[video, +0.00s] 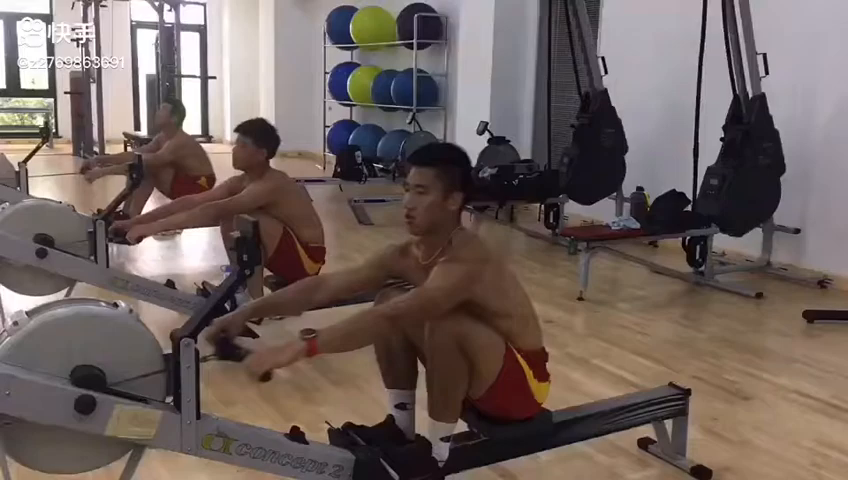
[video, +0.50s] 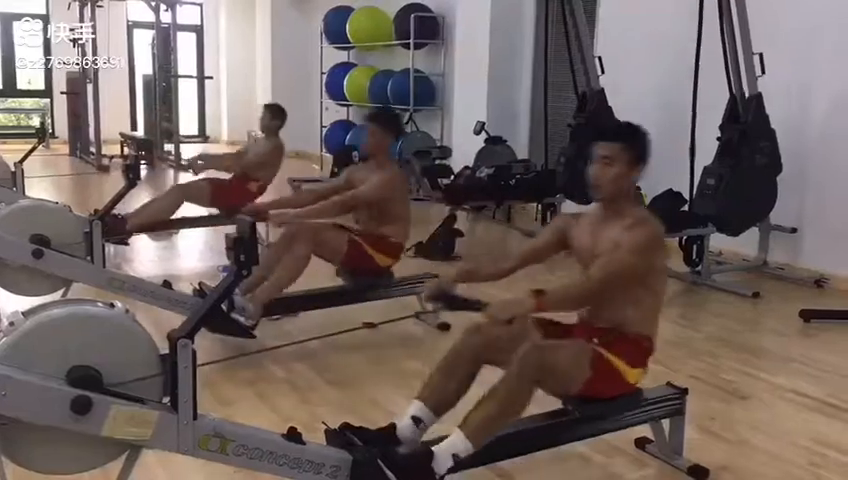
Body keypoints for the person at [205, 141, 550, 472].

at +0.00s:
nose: (407, 203)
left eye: (420, 193)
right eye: (406, 191)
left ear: (454, 201)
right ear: (404, 193)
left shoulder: (468, 260)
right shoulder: (405, 254)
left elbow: (394, 316)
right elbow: (322, 287)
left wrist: (302, 346)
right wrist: (246, 313)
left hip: (518, 391)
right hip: (471, 380)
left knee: (446, 326)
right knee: (390, 302)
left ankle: (439, 448)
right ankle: (401, 430)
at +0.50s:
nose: (598, 171)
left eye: (611, 163)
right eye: (595, 161)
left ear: (636, 172)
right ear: (587, 166)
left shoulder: (644, 232)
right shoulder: (575, 222)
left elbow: (590, 288)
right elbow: (510, 263)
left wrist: (530, 302)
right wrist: (456, 274)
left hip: (620, 357)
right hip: (580, 337)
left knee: (531, 359)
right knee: (479, 337)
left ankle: (438, 462)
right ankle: (402, 435)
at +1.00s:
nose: (684, 196)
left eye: (696, 190)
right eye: (683, 188)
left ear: (720, 200)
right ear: (679, 193)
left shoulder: (728, 257)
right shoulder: (657, 239)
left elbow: (745, 332)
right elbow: (627, 292)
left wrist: (722, 287)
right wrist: (618, 280)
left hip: (638, 350)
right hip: (598, 329)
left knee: (543, 387)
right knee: (507, 365)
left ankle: (432, 461)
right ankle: (396, 436)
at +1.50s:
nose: (643, 175)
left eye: (656, 167)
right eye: (641, 165)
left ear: (682, 176)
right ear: (638, 170)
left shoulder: (689, 233)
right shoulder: (622, 227)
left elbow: (699, 315)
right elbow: (579, 278)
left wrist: (643, 308)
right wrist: (544, 292)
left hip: (637, 344)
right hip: (592, 330)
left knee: (548, 386)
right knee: (506, 368)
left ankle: (433, 461)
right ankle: (396, 431)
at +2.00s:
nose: (617, 170)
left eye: (630, 162)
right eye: (615, 159)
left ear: (657, 170)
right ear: (609, 162)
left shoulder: (670, 226)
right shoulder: (601, 220)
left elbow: (634, 305)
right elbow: (541, 264)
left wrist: (566, 329)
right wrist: (491, 295)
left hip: (645, 342)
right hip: (601, 326)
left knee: (551, 391)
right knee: (510, 370)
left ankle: (442, 457)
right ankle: (401, 427)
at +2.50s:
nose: (597, 166)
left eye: (610, 157)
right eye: (596, 154)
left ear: (640, 164)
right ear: (594, 154)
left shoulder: (656, 222)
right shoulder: (587, 214)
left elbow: (612, 290)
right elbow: (521, 256)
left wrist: (544, 320)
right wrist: (466, 283)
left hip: (644, 342)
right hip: (599, 322)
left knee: (547, 356)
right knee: (507, 342)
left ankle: (448, 450)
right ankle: (415, 420)